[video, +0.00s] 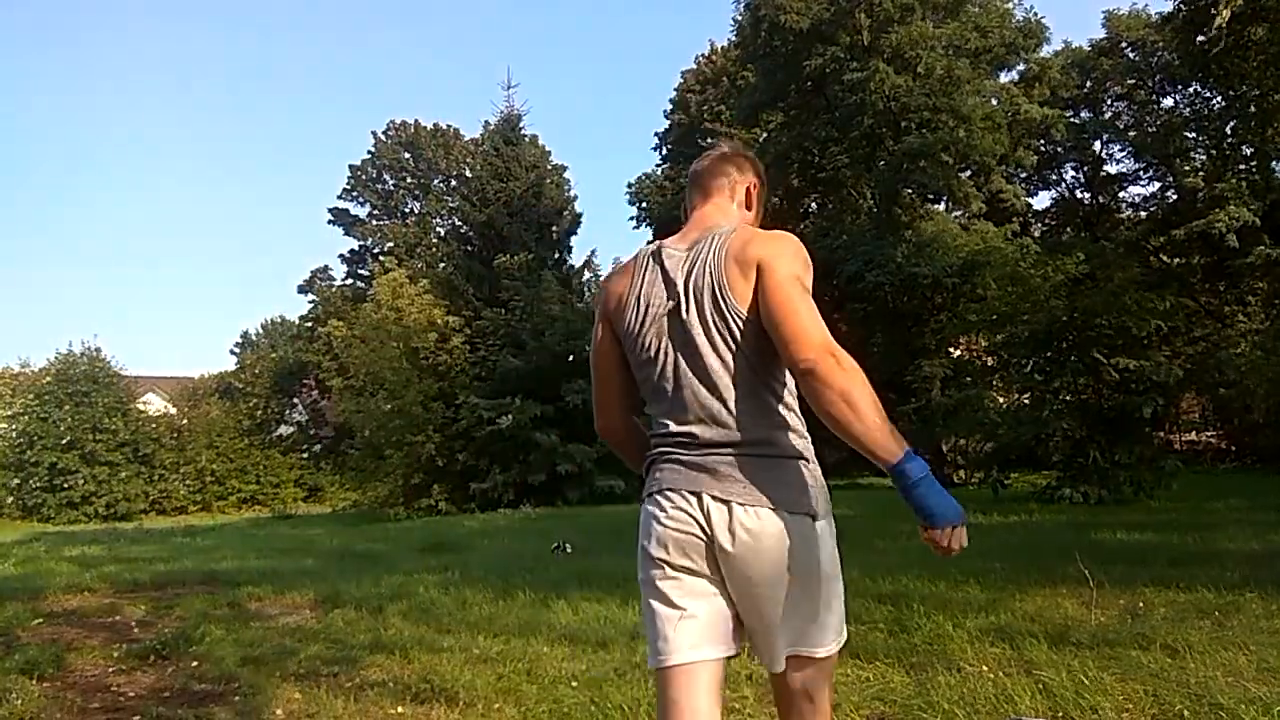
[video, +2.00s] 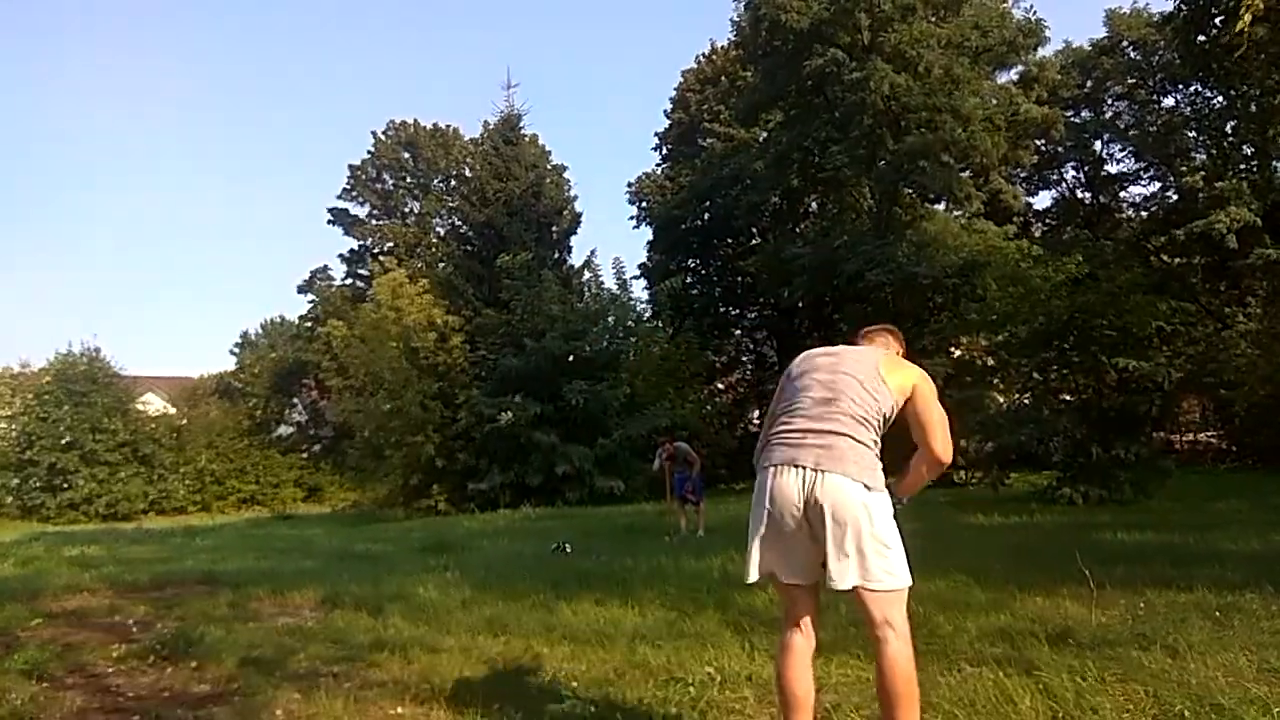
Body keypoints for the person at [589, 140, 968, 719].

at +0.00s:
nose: (756, 218)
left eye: (755, 210)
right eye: (759, 208)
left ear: (689, 200)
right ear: (747, 195)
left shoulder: (618, 284)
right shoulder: (766, 247)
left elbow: (612, 421)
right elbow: (816, 364)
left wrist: (674, 471)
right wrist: (915, 477)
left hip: (671, 507)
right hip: (775, 507)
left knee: (685, 706)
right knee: (805, 695)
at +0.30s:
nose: (801, 244)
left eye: (802, 233)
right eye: (804, 231)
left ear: (742, 221)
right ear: (796, 221)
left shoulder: (676, 291)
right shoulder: (816, 284)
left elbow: (646, 401)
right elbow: (844, 408)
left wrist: (628, 498)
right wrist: (889, 500)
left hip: (718, 501)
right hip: (804, 498)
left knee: (746, 664)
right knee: (812, 676)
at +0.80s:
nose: (834, 299)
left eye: (833, 294)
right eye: (835, 292)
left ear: (779, 289)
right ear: (826, 286)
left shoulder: (728, 336)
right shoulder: (843, 327)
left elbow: (703, 437)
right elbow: (875, 427)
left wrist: (712, 501)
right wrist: (879, 491)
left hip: (748, 510)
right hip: (822, 512)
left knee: (779, 648)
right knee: (863, 659)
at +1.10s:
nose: (878, 368)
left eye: (877, 364)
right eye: (880, 363)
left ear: (832, 349)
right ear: (874, 356)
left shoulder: (778, 367)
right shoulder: (880, 379)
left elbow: (735, 446)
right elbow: (912, 474)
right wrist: (916, 556)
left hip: (749, 493)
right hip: (821, 497)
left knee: (777, 632)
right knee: (875, 631)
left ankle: (787, 716)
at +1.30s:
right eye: (913, 437)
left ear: (877, 410)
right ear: (909, 428)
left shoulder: (821, 411)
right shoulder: (913, 447)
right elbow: (955, 548)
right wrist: (971, 625)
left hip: (762, 487)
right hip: (834, 496)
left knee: (786, 630)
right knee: (886, 629)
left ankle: (794, 715)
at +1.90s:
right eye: (922, 399)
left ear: (878, 372)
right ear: (916, 387)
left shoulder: (825, 378)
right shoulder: (926, 405)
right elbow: (956, 492)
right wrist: (925, 553)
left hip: (784, 480)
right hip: (857, 487)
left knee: (799, 631)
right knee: (898, 633)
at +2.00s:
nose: (900, 365)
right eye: (902, 359)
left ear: (856, 342)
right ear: (898, 353)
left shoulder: (803, 360)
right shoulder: (908, 372)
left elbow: (768, 432)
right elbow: (939, 453)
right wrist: (902, 489)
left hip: (777, 483)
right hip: (850, 487)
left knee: (797, 623)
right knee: (889, 628)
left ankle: (796, 715)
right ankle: (904, 714)